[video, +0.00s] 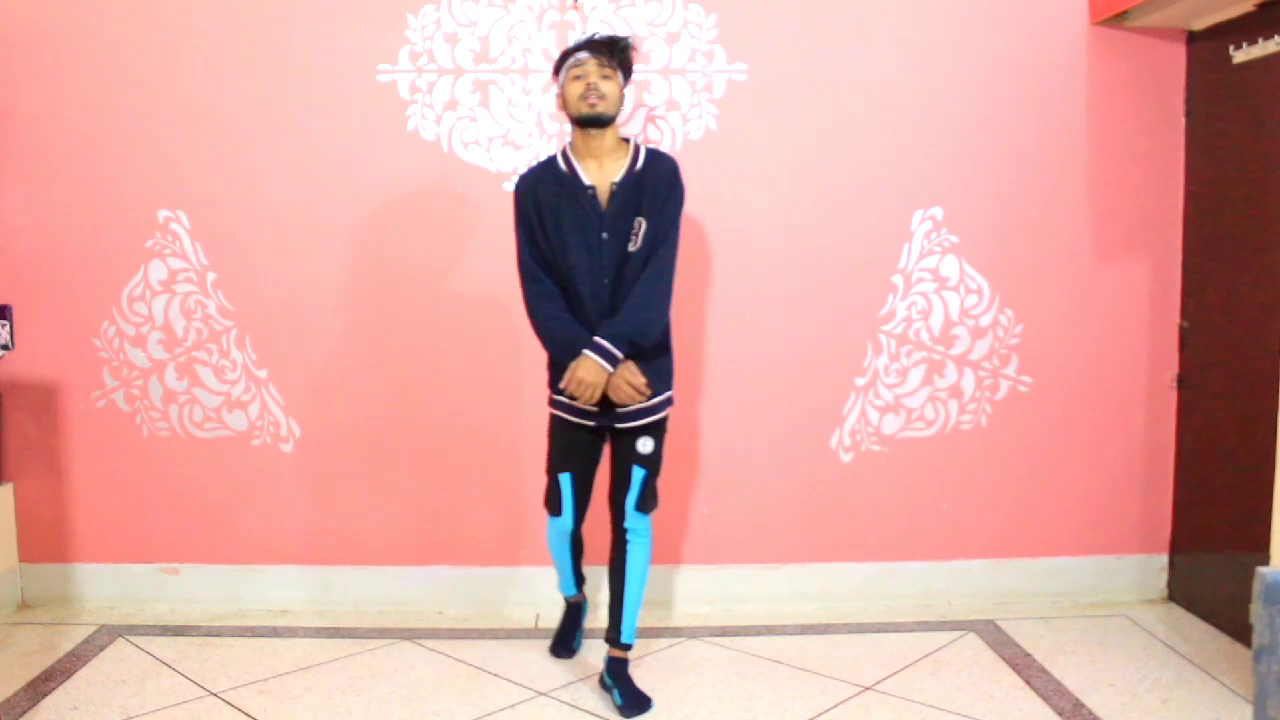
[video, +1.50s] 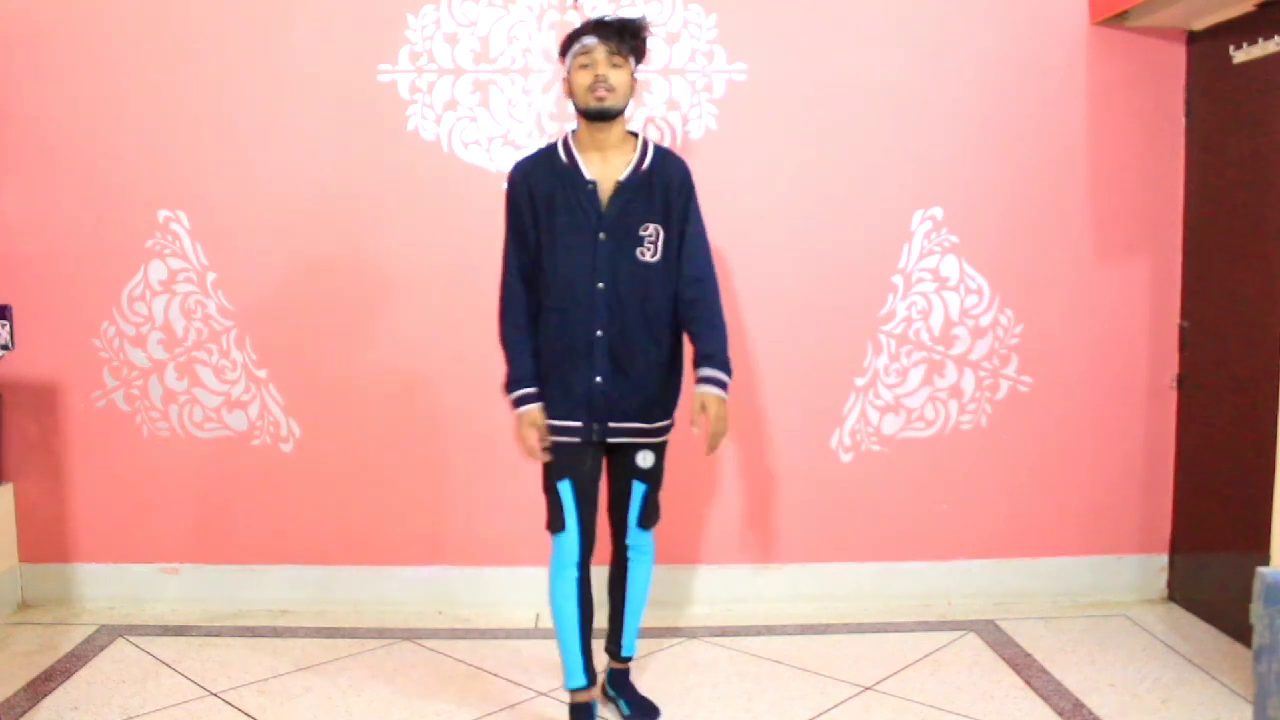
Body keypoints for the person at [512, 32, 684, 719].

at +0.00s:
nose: (590, 84)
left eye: (603, 75)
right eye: (576, 77)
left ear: (625, 91)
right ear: (560, 99)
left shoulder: (658, 170)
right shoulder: (536, 184)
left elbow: (657, 278)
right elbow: (538, 291)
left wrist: (601, 351)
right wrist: (600, 366)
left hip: (644, 369)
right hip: (572, 371)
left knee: (634, 513)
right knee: (564, 506)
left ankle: (618, 657)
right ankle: (573, 600)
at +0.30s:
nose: (567, 98)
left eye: (578, 89)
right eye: (553, 90)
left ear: (597, 105)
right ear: (534, 110)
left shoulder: (632, 178)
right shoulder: (516, 198)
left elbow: (655, 285)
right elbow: (516, 302)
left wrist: (654, 384)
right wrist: (525, 396)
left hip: (622, 379)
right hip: (556, 383)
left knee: (622, 509)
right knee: (572, 505)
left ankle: (619, 649)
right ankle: (587, 613)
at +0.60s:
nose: (572, 99)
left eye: (585, 90)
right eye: (559, 89)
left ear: (600, 104)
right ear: (540, 104)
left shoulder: (633, 178)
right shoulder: (511, 190)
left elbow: (664, 269)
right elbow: (488, 279)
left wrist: (686, 356)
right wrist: (468, 361)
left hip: (623, 356)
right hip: (552, 362)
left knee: (627, 487)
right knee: (568, 490)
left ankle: (602, 601)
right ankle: (586, 612)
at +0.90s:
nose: (595, 99)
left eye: (608, 90)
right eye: (582, 89)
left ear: (626, 105)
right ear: (561, 102)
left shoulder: (647, 191)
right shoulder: (526, 186)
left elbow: (654, 293)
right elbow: (506, 294)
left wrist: (649, 377)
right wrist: (514, 391)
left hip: (624, 380)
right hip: (552, 380)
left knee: (627, 513)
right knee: (566, 506)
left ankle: (625, 661)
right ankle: (586, 610)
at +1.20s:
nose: (605, 77)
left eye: (619, 67)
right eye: (592, 68)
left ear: (639, 82)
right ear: (574, 85)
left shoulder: (667, 178)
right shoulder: (538, 170)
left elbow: (690, 286)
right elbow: (530, 279)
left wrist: (694, 389)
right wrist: (576, 348)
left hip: (641, 382)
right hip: (561, 376)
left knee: (631, 523)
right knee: (538, 515)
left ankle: (622, 667)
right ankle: (584, 612)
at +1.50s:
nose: (599, 74)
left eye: (613, 63)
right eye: (585, 64)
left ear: (634, 77)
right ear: (566, 81)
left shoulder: (667, 173)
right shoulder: (532, 176)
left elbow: (697, 280)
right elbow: (517, 291)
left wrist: (711, 377)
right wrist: (525, 394)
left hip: (644, 390)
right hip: (563, 393)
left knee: (636, 540)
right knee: (570, 544)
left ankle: (618, 674)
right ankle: (582, 697)